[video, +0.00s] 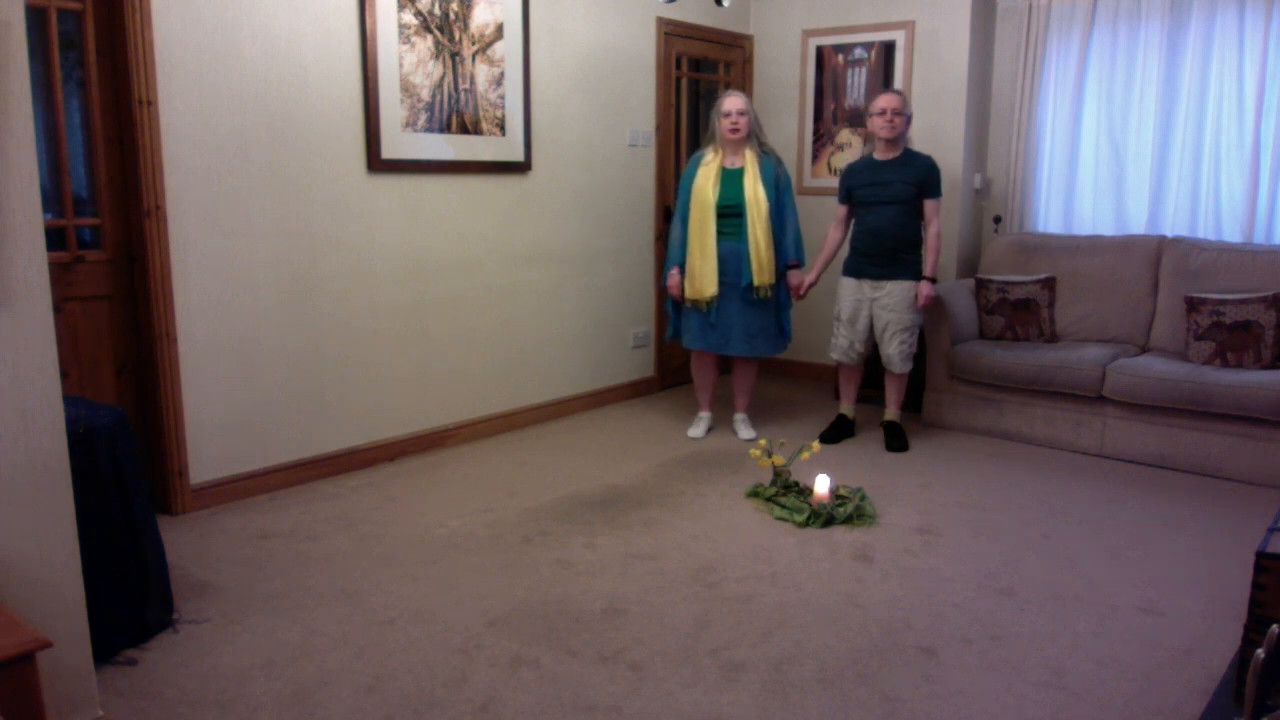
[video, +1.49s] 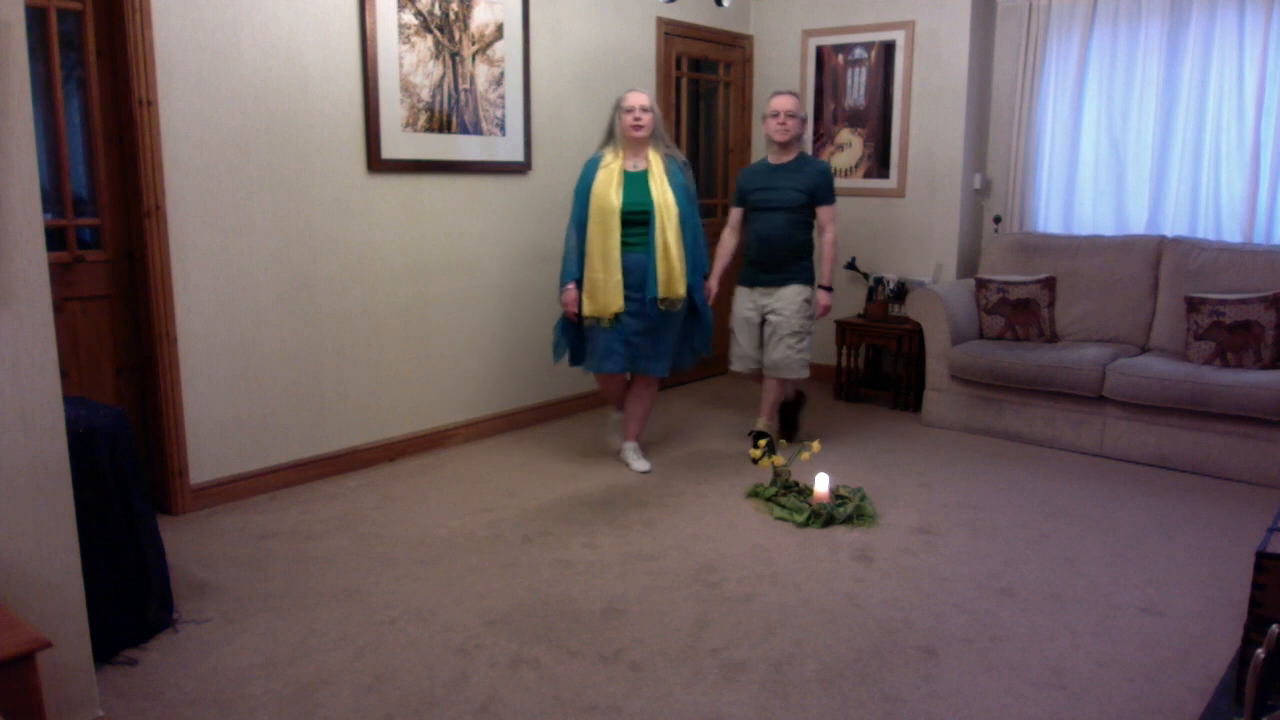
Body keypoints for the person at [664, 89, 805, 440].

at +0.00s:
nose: (734, 121)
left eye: (741, 114)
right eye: (727, 115)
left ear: (752, 120)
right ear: (716, 121)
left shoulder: (769, 164)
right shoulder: (698, 164)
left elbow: (787, 217)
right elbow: (681, 219)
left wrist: (793, 266)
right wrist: (674, 267)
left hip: (754, 272)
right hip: (704, 272)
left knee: (747, 346)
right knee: (703, 345)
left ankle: (741, 414)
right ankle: (704, 411)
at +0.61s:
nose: (692, 123)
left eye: (699, 116)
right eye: (685, 117)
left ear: (710, 122)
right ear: (674, 124)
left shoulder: (728, 168)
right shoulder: (655, 168)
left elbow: (748, 222)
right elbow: (637, 224)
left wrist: (762, 269)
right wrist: (626, 270)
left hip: (715, 274)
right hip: (660, 274)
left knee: (725, 348)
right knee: (656, 349)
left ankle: (736, 413)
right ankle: (658, 415)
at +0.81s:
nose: (674, 123)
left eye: (681, 116)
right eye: (666, 117)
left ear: (692, 122)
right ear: (656, 123)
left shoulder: (710, 169)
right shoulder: (637, 167)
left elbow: (729, 224)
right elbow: (617, 222)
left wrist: (739, 271)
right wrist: (605, 270)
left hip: (694, 276)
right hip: (643, 277)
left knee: (697, 347)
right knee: (648, 348)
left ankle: (698, 412)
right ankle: (655, 416)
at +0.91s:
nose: (668, 121)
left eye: (675, 115)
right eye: (661, 115)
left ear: (686, 120)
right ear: (650, 121)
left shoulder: (704, 169)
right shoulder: (630, 166)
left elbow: (722, 222)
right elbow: (610, 222)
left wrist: (731, 269)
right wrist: (599, 272)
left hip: (687, 274)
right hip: (637, 274)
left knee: (680, 347)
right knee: (646, 348)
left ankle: (666, 420)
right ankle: (655, 417)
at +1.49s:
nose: (637, 116)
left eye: (645, 110)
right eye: (630, 111)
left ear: (656, 119)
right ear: (617, 119)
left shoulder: (674, 167)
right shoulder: (597, 166)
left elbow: (692, 225)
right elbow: (577, 229)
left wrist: (700, 277)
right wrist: (570, 282)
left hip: (661, 283)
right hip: (607, 283)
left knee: (648, 367)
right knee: (606, 367)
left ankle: (632, 442)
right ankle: (621, 409)